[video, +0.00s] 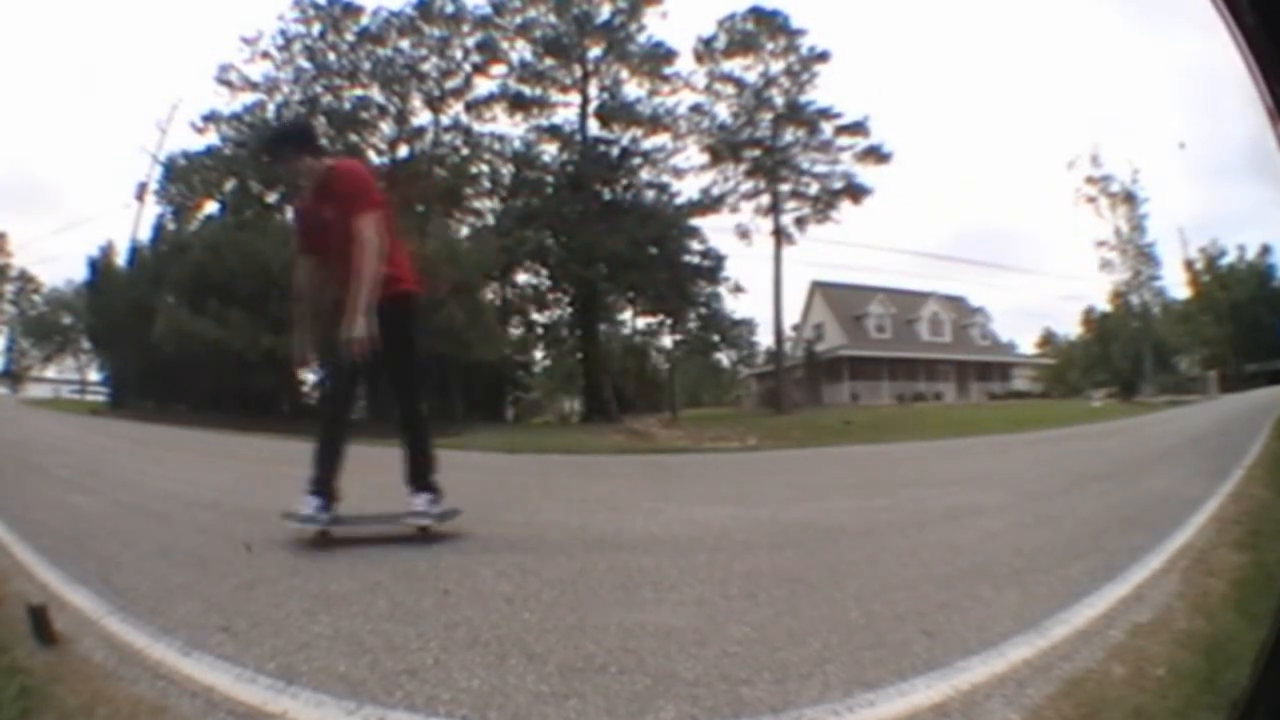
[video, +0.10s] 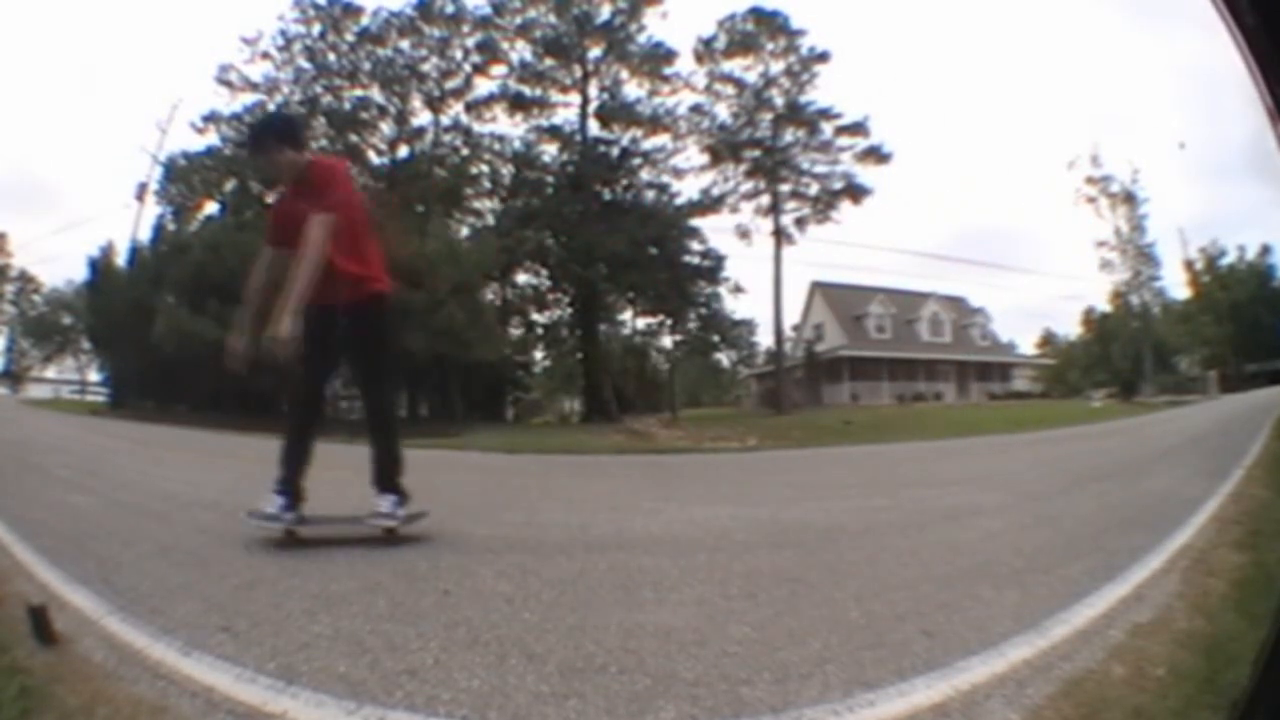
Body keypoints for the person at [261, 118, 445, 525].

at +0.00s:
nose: (288, 175)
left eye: (289, 165)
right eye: (282, 168)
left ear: (305, 154)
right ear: (287, 166)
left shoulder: (350, 175)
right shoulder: (306, 208)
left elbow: (370, 248)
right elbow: (307, 275)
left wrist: (360, 314)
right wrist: (305, 339)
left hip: (389, 298)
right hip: (347, 304)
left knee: (405, 392)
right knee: (335, 396)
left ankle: (424, 488)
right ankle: (322, 495)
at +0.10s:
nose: (263, 169)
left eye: (267, 157)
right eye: (259, 160)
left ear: (289, 149)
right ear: (269, 157)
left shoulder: (331, 177)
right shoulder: (285, 205)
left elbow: (315, 250)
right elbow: (266, 268)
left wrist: (288, 315)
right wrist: (243, 329)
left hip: (365, 303)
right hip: (321, 307)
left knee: (378, 397)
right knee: (305, 395)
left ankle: (391, 491)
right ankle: (288, 494)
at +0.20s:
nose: (245, 155)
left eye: (250, 144)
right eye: (241, 147)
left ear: (273, 138)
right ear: (244, 146)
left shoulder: (307, 171)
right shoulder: (261, 189)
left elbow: (276, 238)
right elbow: (232, 246)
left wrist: (229, 299)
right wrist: (190, 305)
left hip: (335, 300)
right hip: (293, 302)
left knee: (347, 395)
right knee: (276, 393)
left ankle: (362, 492)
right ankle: (258, 493)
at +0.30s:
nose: (230, 147)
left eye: (234, 136)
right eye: (226, 139)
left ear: (254, 129)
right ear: (231, 138)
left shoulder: (283, 164)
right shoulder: (241, 182)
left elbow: (253, 233)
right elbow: (203, 236)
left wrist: (194, 278)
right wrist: (151, 283)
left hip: (304, 298)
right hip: (263, 300)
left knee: (312, 394)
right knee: (246, 394)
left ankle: (332, 493)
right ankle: (229, 495)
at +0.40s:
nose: (218, 133)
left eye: (223, 124)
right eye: (215, 125)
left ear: (242, 120)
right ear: (217, 124)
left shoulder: (269, 161)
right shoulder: (220, 174)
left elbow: (237, 224)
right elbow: (185, 227)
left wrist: (181, 264)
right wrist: (135, 267)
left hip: (273, 293)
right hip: (232, 294)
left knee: (283, 391)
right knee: (216, 390)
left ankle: (301, 491)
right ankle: (200, 494)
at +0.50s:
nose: (204, 123)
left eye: (212, 115)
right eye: (205, 115)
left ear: (226, 113)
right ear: (208, 116)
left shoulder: (243, 154)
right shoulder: (199, 168)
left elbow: (226, 220)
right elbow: (169, 229)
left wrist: (172, 269)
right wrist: (125, 267)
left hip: (240, 291)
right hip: (200, 293)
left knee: (250, 391)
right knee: (181, 390)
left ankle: (269, 491)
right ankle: (171, 496)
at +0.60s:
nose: (205, 119)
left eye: (213, 111)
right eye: (200, 109)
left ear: (223, 113)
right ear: (189, 110)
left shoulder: (228, 157)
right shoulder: (176, 165)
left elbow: (212, 221)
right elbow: (155, 231)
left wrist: (163, 285)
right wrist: (118, 277)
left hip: (213, 289)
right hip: (173, 289)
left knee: (218, 391)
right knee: (152, 391)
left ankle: (234, 491)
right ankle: (139, 495)